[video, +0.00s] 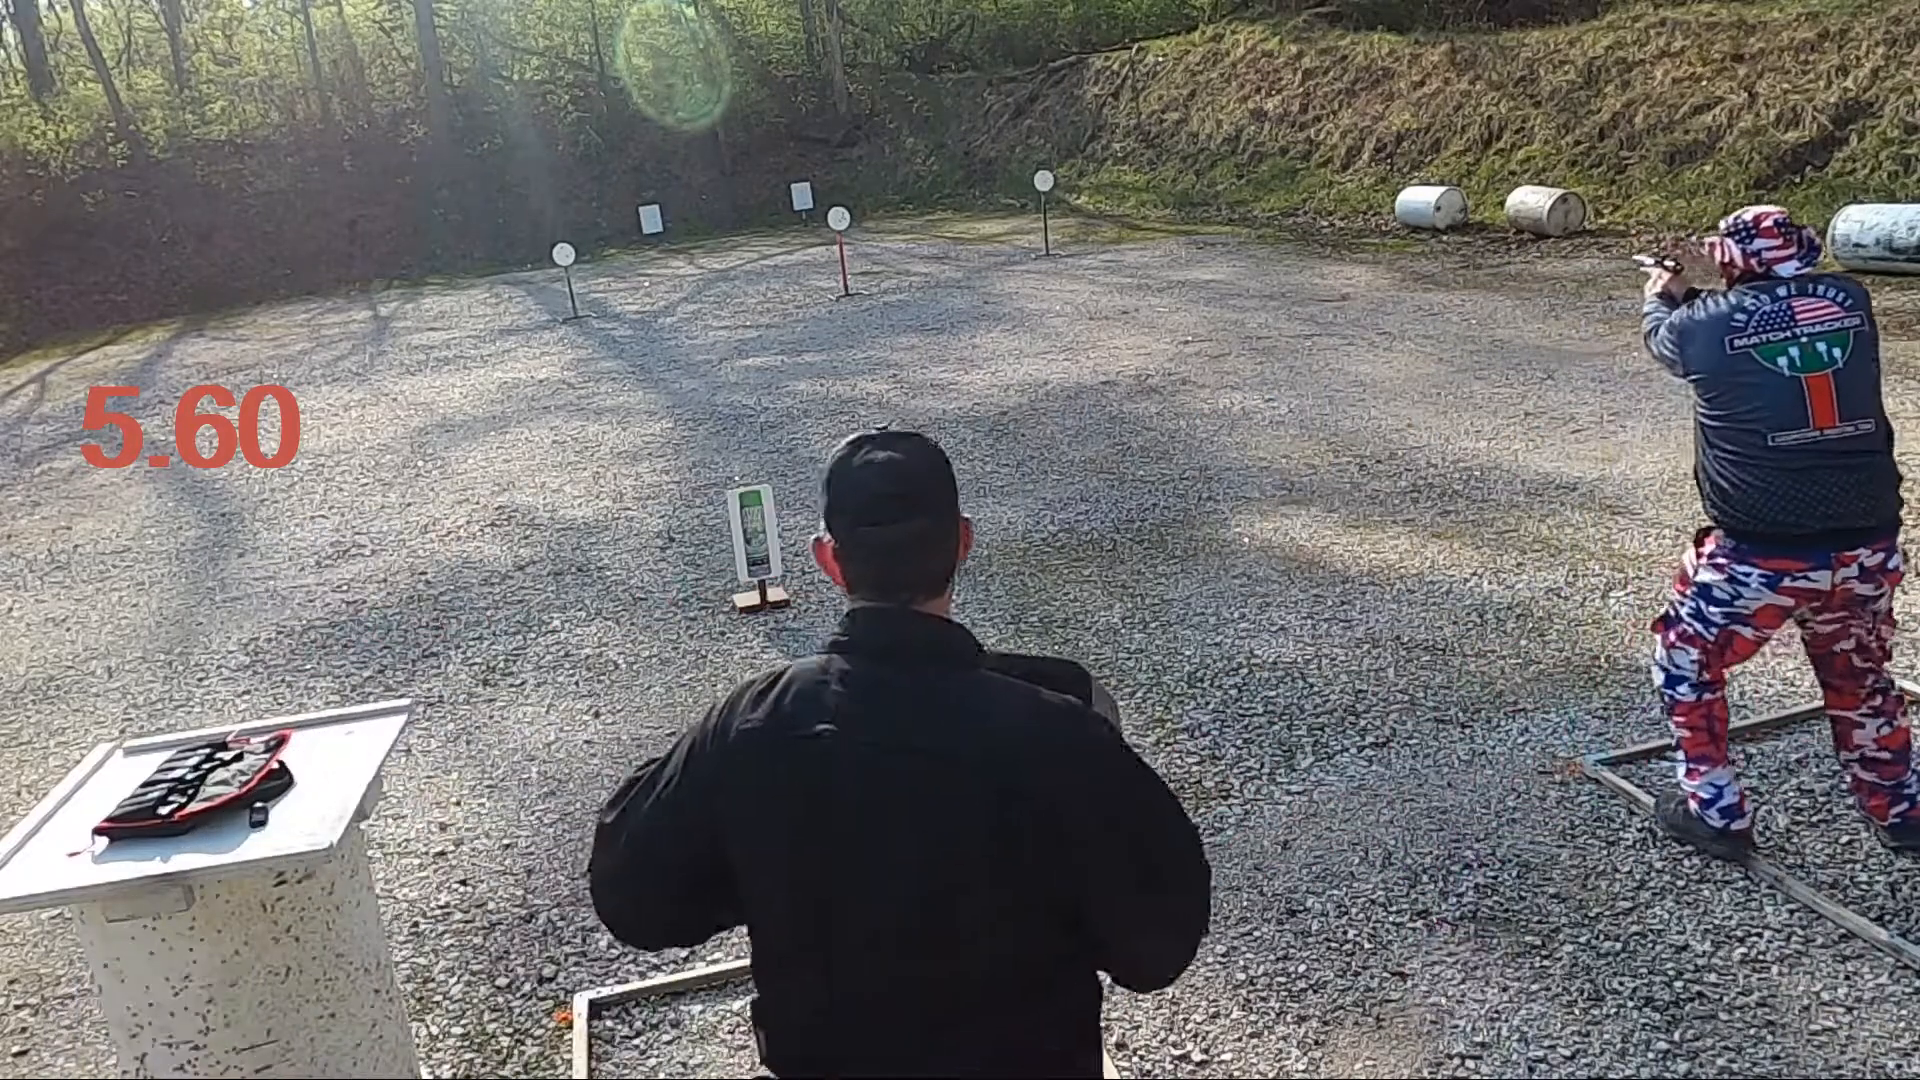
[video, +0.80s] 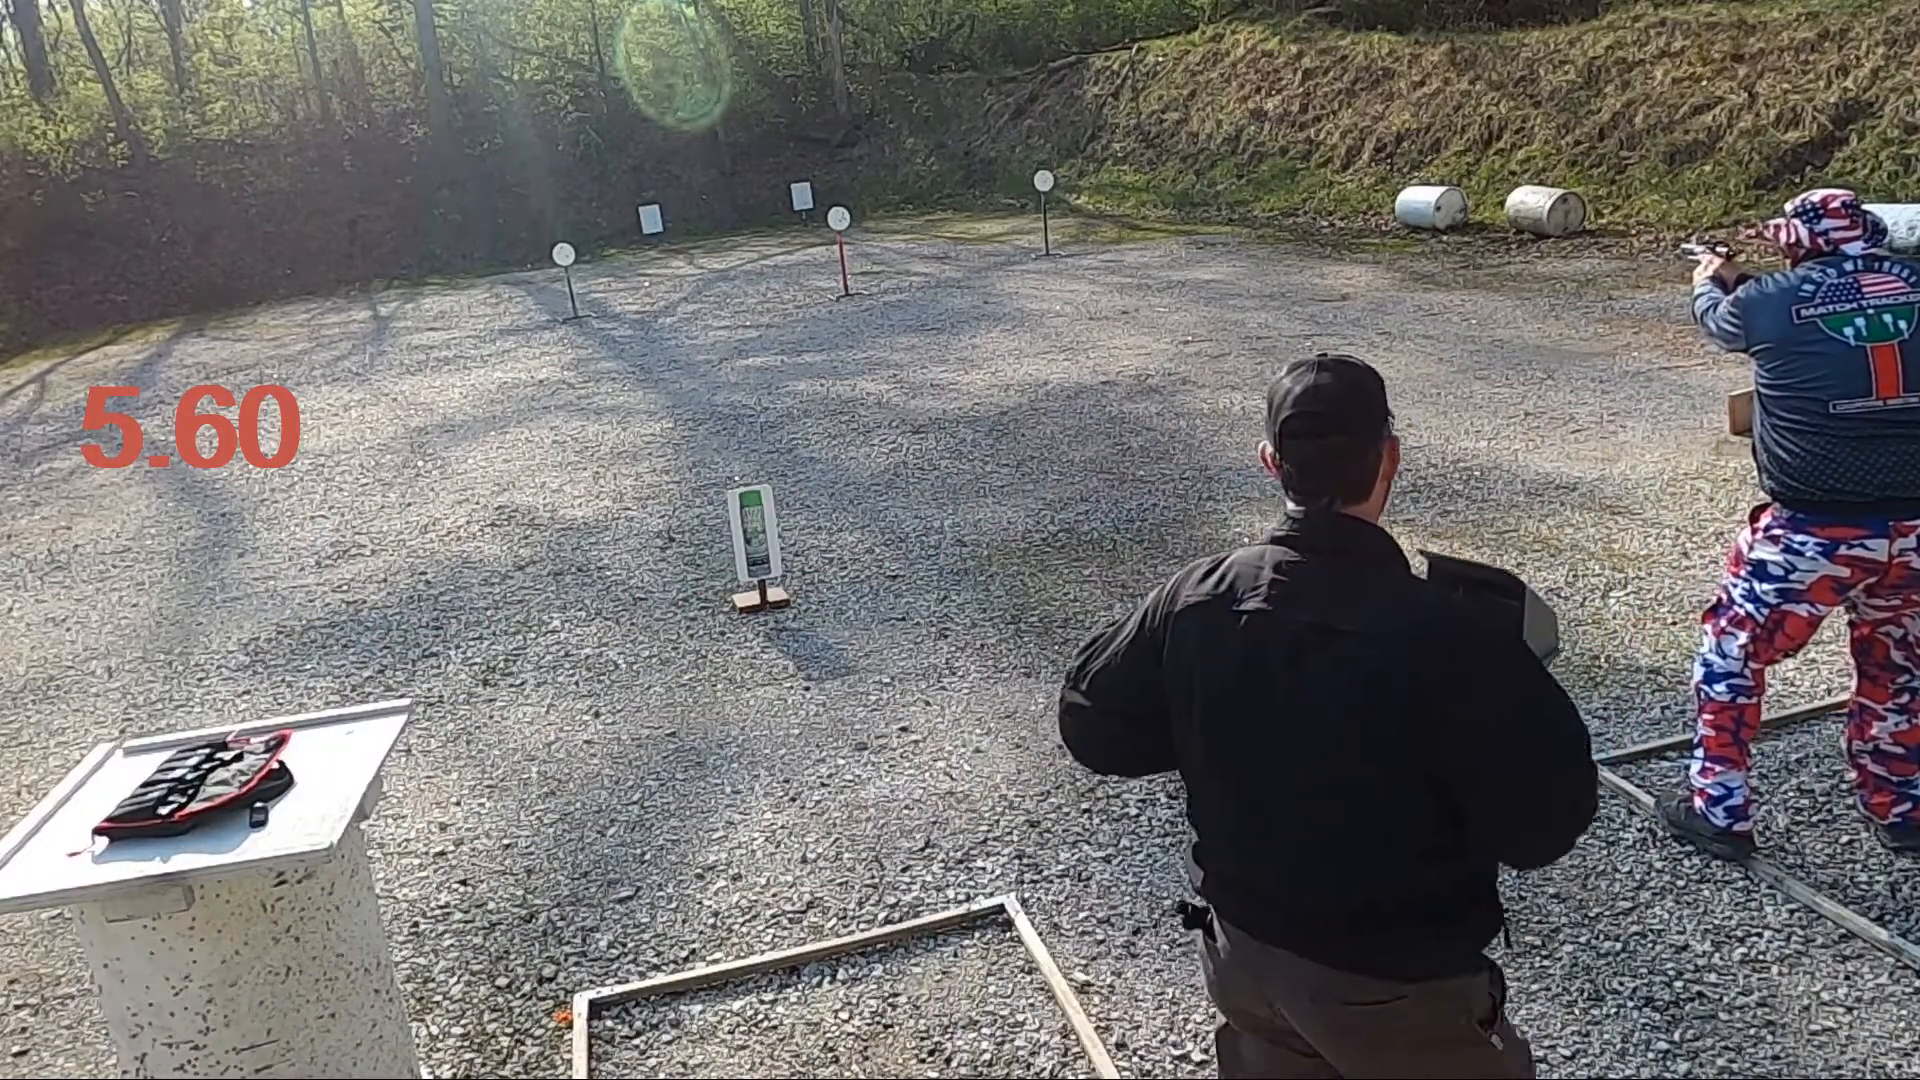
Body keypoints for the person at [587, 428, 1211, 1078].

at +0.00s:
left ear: (829, 560)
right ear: (963, 545)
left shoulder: (751, 731)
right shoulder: (1054, 736)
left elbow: (631, 901)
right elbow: (1159, 946)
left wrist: (780, 839)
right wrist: (1088, 751)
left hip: (821, 1063)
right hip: (1028, 1063)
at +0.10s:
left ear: (895, 545)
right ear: (1028, 532)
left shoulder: (817, 709)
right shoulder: (1107, 724)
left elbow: (698, 870)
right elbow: (1211, 936)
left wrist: (846, 827)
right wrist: (1164, 745)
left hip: (881, 1057)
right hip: (1076, 1059)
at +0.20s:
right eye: (1093, 507)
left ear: (957, 533)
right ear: (1089, 526)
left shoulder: (882, 694)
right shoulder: (1167, 717)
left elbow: (763, 843)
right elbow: (1261, 929)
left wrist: (904, 813)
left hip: (943, 1052)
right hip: (1125, 1056)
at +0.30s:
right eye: (1147, 508)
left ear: (1020, 528)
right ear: (1142, 525)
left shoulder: (946, 683)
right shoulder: (1214, 712)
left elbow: (833, 824)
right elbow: (1312, 919)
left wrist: (971, 798)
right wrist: (1252, 735)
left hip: (1009, 1043)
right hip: (1176, 1050)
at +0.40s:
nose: (1199, 512)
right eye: (1198, 499)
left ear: (1071, 525)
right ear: (1193, 516)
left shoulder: (1004, 673)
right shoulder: (1257, 706)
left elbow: (905, 809)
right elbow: (1365, 900)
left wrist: (1041, 798)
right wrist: (1309, 736)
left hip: (1073, 1031)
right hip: (1220, 1050)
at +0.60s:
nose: (1294, 468)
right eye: (1293, 455)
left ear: (1170, 485)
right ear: (1286, 480)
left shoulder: (1103, 626)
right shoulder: (1348, 663)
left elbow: (1006, 752)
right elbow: (1451, 852)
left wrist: (1140, 743)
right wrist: (1406, 692)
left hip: (1157, 989)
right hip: (1302, 1021)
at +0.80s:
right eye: (1393, 441)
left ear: (1271, 464)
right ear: (1389, 460)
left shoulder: (1196, 602)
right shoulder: (1453, 632)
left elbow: (1090, 727)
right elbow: (1547, 822)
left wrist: (1218, 708)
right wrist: (1496, 654)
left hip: (1245, 964)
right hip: (1400, 997)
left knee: (1265, 1061)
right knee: (1491, 1066)